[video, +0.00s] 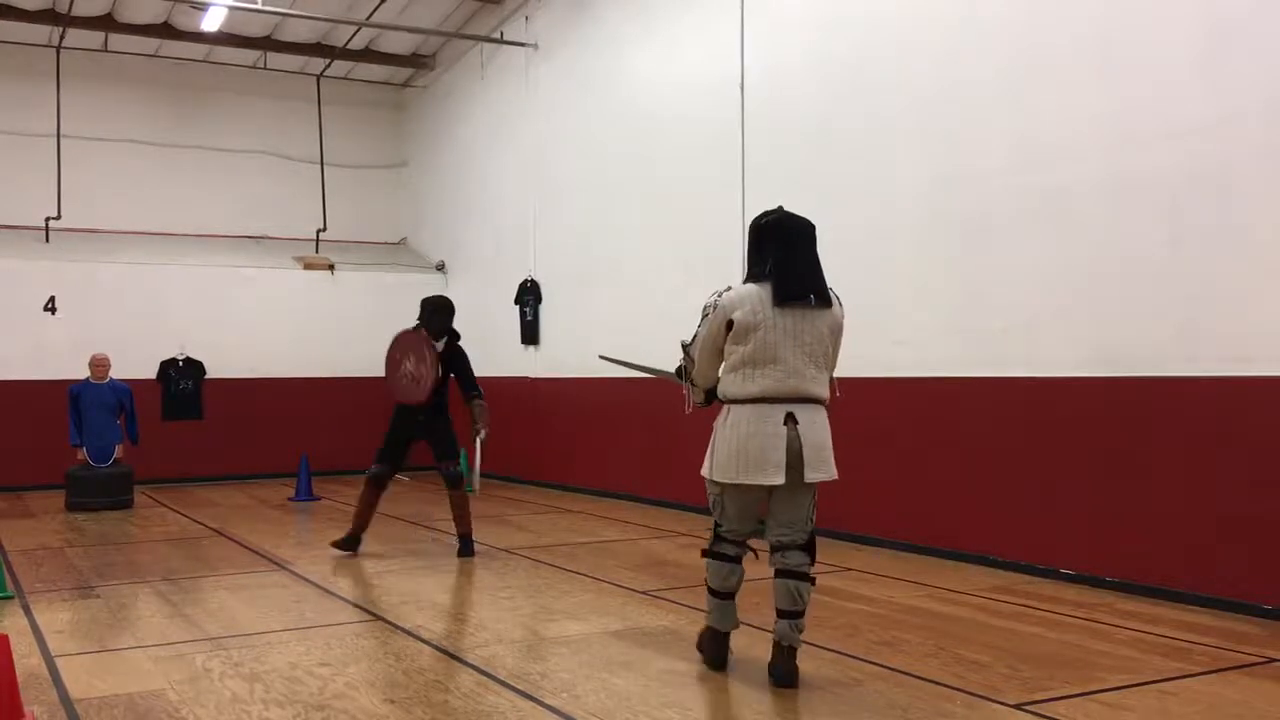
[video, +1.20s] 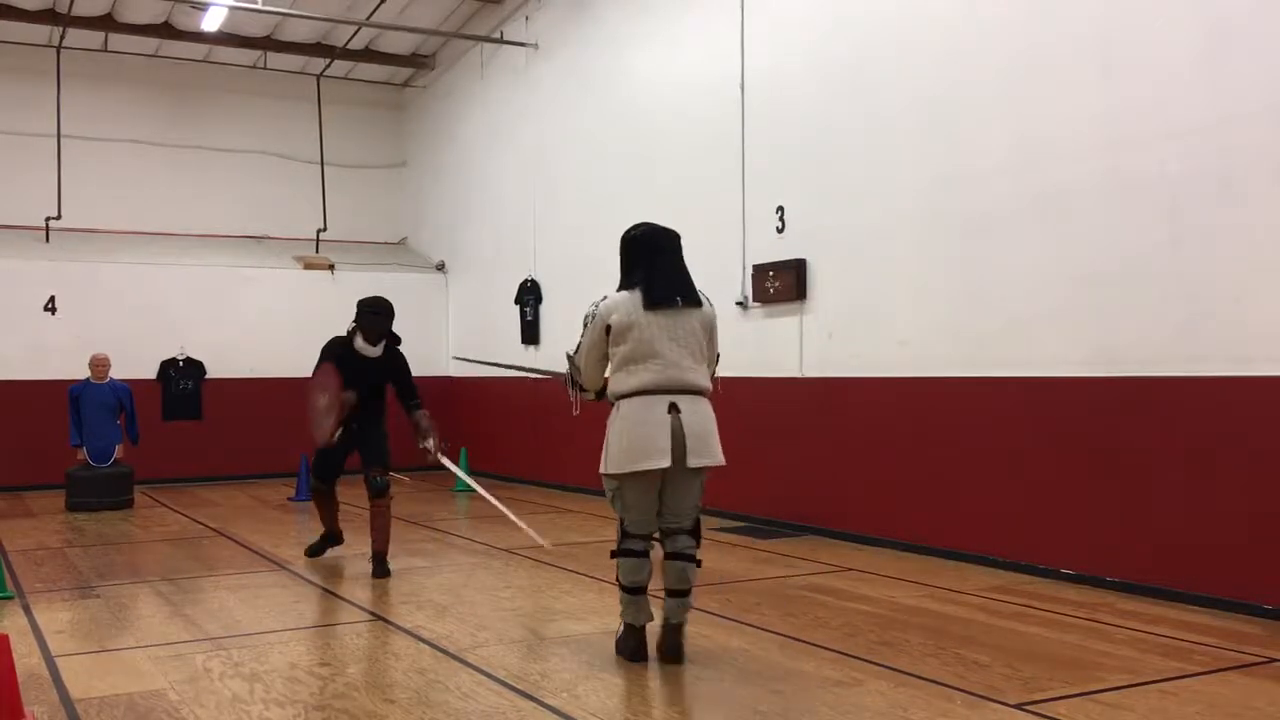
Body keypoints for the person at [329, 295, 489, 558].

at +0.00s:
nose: (426, 327)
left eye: (433, 322)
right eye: (425, 320)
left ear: (445, 323)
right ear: (421, 318)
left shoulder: (452, 351)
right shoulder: (409, 343)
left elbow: (471, 390)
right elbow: (397, 375)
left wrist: (480, 421)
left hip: (437, 419)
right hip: (405, 416)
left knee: (453, 476)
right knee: (378, 475)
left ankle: (465, 539)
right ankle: (354, 535)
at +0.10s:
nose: (417, 325)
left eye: (423, 319)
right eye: (413, 319)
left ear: (433, 321)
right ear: (406, 319)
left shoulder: (438, 352)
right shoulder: (396, 349)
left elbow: (457, 387)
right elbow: (378, 383)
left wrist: (467, 420)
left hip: (425, 422)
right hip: (392, 422)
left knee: (445, 477)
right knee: (364, 479)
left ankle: (465, 539)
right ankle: (345, 541)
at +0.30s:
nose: (387, 326)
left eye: (393, 320)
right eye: (382, 320)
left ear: (402, 322)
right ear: (374, 320)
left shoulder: (408, 354)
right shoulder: (362, 350)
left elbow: (422, 391)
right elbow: (343, 381)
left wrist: (437, 416)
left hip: (394, 423)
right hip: (360, 422)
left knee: (425, 477)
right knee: (339, 482)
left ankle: (448, 537)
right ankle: (341, 542)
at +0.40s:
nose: (381, 322)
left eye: (386, 316)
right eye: (376, 316)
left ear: (392, 318)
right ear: (364, 317)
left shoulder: (397, 352)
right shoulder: (347, 348)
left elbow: (410, 392)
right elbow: (329, 385)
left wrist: (426, 423)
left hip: (384, 422)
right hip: (351, 422)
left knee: (412, 473)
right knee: (332, 482)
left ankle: (419, 534)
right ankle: (341, 542)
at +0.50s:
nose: (375, 322)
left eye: (380, 316)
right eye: (370, 315)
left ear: (386, 318)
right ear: (357, 316)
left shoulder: (391, 352)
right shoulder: (337, 347)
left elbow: (402, 395)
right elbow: (323, 388)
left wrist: (413, 432)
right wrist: (345, 391)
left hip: (378, 423)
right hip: (343, 424)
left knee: (397, 470)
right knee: (331, 484)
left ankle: (390, 538)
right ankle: (341, 541)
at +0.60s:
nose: (373, 322)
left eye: (377, 316)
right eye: (367, 316)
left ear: (383, 319)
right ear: (353, 317)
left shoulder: (387, 353)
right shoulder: (333, 348)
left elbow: (394, 399)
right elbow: (315, 390)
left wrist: (402, 436)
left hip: (377, 426)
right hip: (340, 423)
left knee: (384, 479)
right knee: (330, 485)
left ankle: (378, 544)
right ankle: (340, 542)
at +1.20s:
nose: (375, 329)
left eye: (381, 324)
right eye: (370, 323)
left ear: (389, 326)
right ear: (359, 321)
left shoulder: (393, 358)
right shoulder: (337, 348)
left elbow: (410, 398)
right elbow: (321, 387)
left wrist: (426, 432)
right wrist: (326, 421)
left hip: (372, 425)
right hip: (338, 423)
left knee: (378, 485)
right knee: (321, 481)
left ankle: (379, 557)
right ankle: (332, 532)